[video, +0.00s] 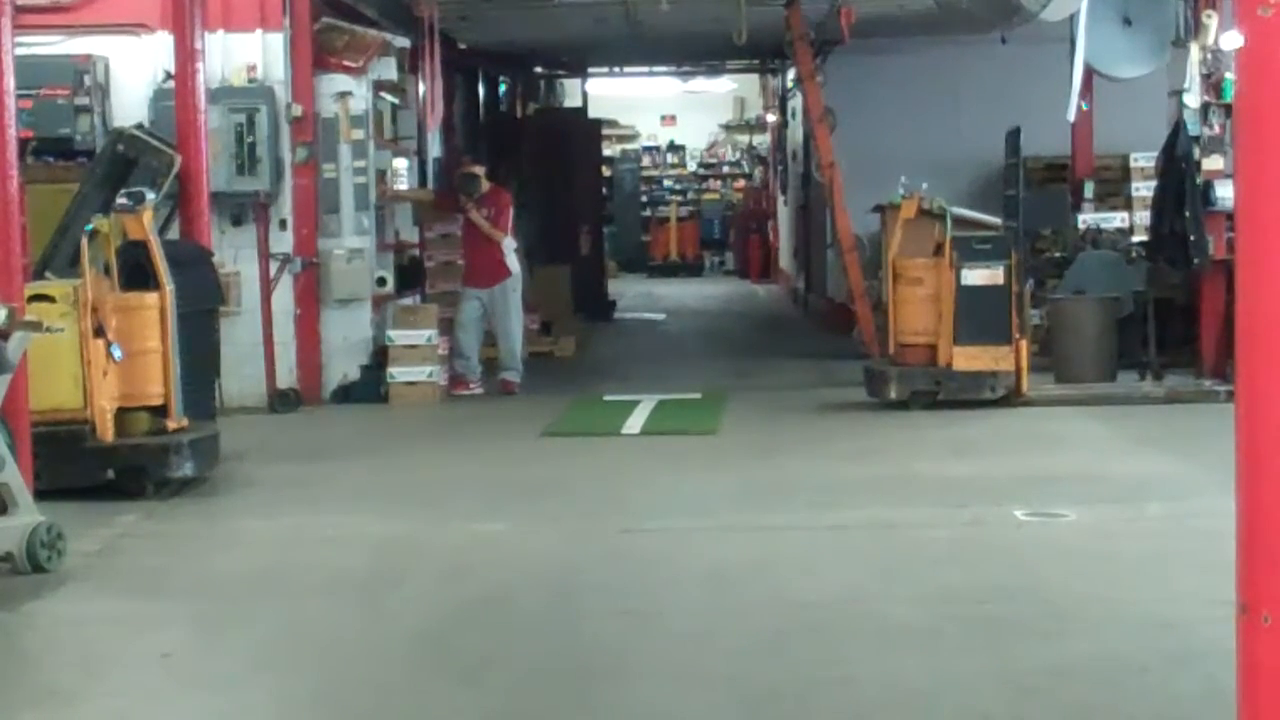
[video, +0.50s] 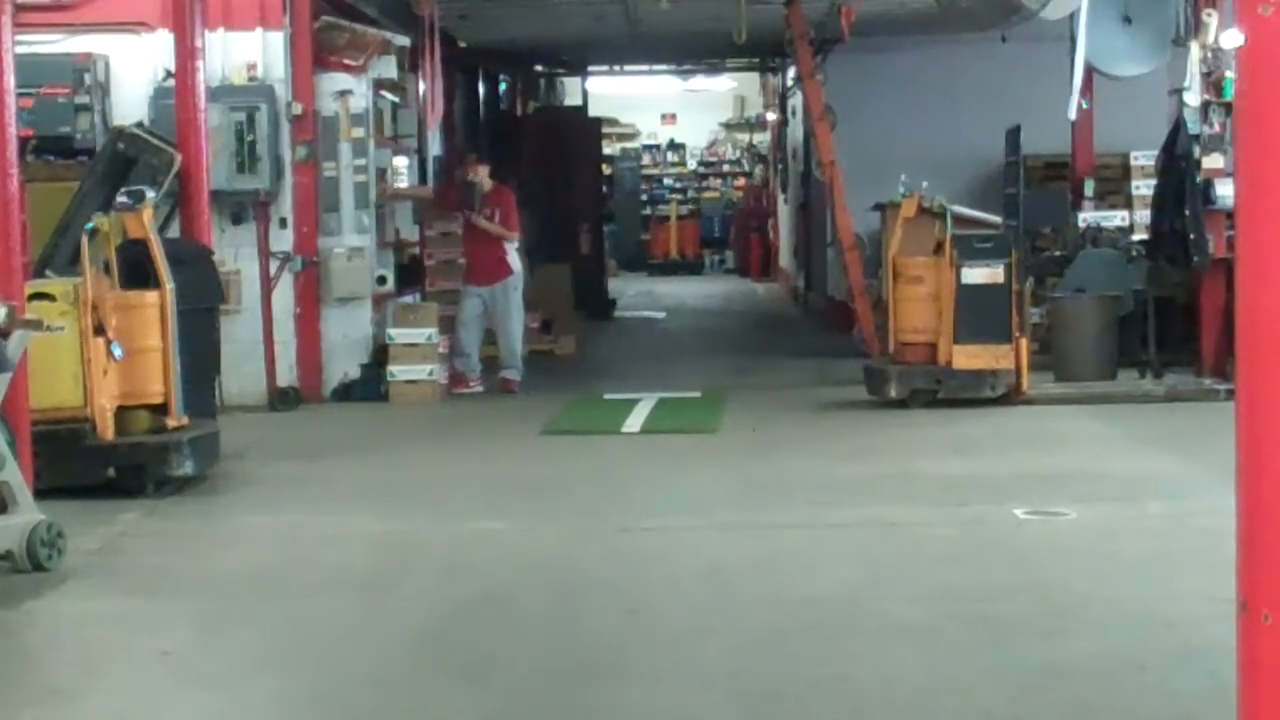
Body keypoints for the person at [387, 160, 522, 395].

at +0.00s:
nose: (468, 201)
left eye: (469, 196)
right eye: (465, 198)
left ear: (479, 187)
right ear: (461, 191)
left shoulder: (501, 198)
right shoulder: (464, 197)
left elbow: (500, 236)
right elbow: (430, 196)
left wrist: (475, 216)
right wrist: (393, 194)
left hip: (503, 279)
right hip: (474, 280)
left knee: (508, 328)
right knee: (465, 327)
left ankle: (510, 376)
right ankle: (469, 378)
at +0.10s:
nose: (467, 185)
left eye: (471, 180)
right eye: (464, 180)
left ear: (482, 178)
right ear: (461, 182)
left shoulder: (501, 198)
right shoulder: (466, 197)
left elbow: (500, 235)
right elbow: (431, 197)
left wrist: (474, 215)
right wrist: (395, 195)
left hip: (502, 276)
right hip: (474, 278)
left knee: (507, 328)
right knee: (464, 326)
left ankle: (510, 375)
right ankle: (470, 378)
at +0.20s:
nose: (466, 188)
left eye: (470, 183)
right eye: (463, 184)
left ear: (481, 179)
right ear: (461, 184)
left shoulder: (501, 198)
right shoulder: (466, 197)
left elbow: (501, 235)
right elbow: (431, 196)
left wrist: (475, 215)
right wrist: (395, 194)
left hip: (502, 275)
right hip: (474, 276)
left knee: (508, 327)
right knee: (465, 326)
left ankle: (510, 375)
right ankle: (470, 377)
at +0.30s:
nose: (467, 191)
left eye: (470, 186)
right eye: (464, 186)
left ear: (481, 179)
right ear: (461, 182)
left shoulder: (501, 198)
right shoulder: (465, 196)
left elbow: (500, 235)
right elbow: (430, 195)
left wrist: (475, 215)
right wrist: (393, 193)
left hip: (503, 278)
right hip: (474, 279)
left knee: (508, 327)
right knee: (465, 326)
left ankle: (510, 375)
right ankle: (469, 376)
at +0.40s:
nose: (469, 171)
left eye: (474, 165)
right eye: (465, 167)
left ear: (486, 168)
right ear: (462, 171)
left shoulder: (502, 196)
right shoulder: (465, 195)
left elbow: (504, 234)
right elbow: (430, 194)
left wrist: (476, 215)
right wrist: (393, 192)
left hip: (503, 276)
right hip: (474, 277)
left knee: (508, 327)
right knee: (465, 327)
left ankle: (510, 375)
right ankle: (469, 376)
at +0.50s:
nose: (473, 172)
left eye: (477, 166)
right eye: (469, 168)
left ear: (488, 168)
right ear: (465, 172)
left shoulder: (503, 196)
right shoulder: (464, 194)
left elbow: (512, 235)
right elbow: (430, 193)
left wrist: (481, 222)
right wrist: (393, 192)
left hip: (503, 276)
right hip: (474, 277)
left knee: (508, 327)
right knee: (466, 327)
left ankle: (510, 375)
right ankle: (469, 376)